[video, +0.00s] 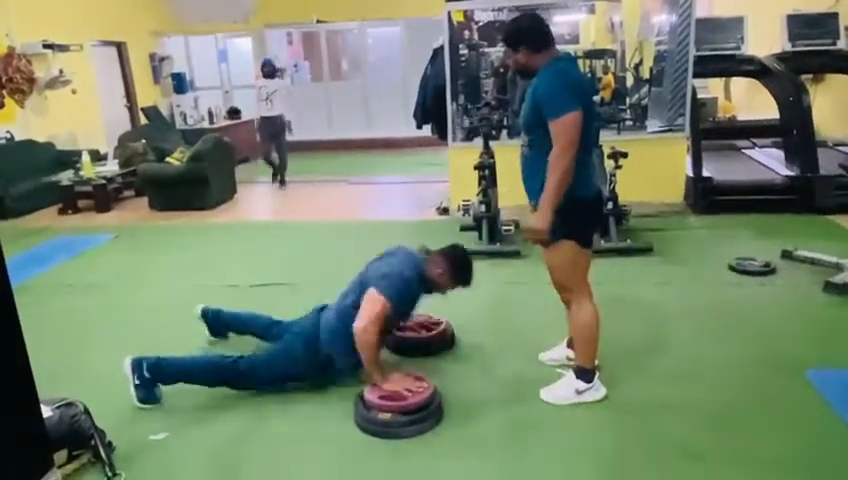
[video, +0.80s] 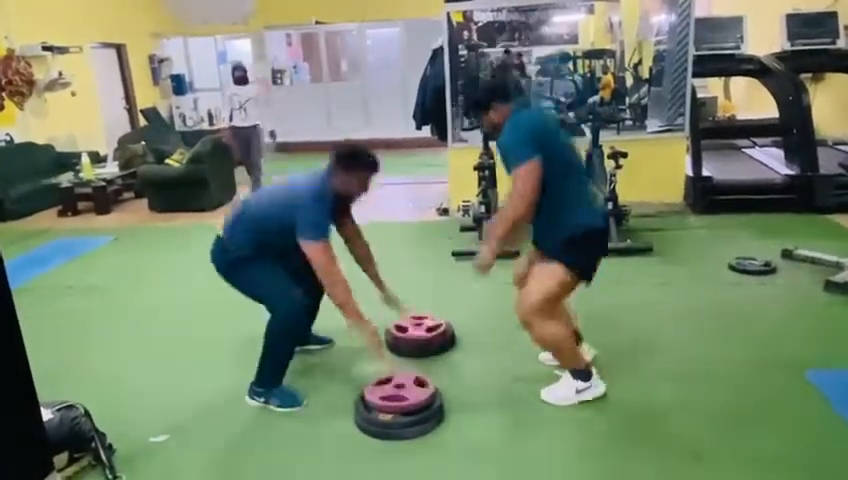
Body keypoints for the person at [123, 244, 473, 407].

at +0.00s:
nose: (447, 290)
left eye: (452, 287)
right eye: (449, 285)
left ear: (442, 259)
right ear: (441, 271)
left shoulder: (410, 258)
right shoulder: (401, 276)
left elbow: (372, 298)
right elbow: (365, 325)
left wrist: (398, 322)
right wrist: (380, 376)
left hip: (323, 320)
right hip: (319, 348)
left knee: (277, 329)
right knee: (241, 371)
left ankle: (218, 318)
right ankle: (148, 369)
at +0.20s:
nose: (437, 284)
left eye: (443, 281)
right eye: (440, 280)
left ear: (433, 252)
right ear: (432, 262)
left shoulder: (402, 243)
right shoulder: (388, 265)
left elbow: (395, 283)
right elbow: (369, 323)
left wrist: (403, 313)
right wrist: (380, 376)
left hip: (311, 295)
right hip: (305, 318)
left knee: (271, 321)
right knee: (236, 362)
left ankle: (212, 319)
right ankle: (142, 370)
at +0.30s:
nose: (434, 284)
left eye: (440, 282)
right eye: (437, 280)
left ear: (432, 252)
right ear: (430, 262)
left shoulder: (405, 240)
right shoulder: (390, 258)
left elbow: (397, 281)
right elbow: (371, 321)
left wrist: (405, 316)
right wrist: (377, 377)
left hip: (292, 261)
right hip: (283, 281)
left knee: (264, 306)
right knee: (239, 348)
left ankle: (218, 314)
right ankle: (147, 368)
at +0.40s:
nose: (416, 279)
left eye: (422, 277)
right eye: (419, 275)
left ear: (415, 248)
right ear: (411, 258)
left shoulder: (394, 238)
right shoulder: (376, 253)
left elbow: (393, 282)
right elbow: (364, 318)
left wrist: (404, 318)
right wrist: (378, 376)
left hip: (289, 231)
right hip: (267, 246)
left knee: (298, 283)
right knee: (263, 331)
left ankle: (242, 311)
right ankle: (181, 358)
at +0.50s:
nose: (396, 272)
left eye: (400, 269)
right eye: (397, 266)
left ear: (395, 242)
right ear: (389, 249)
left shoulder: (378, 236)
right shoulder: (356, 252)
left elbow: (387, 279)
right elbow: (356, 321)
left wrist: (404, 318)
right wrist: (377, 374)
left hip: (275, 219)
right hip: (248, 235)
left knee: (312, 267)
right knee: (289, 306)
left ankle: (285, 324)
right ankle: (234, 371)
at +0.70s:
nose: (376, 226)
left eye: (379, 219)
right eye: (373, 218)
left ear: (356, 205)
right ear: (354, 208)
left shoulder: (343, 219)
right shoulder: (326, 233)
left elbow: (377, 265)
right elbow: (351, 305)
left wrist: (408, 305)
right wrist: (383, 361)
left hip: (259, 247)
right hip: (233, 263)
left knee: (314, 282)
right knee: (295, 309)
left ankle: (297, 335)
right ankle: (263, 387)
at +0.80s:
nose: (365, 189)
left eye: (367, 182)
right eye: (361, 181)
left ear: (343, 174)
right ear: (343, 176)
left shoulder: (332, 192)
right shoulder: (310, 204)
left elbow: (354, 240)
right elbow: (330, 277)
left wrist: (382, 288)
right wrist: (363, 326)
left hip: (267, 245)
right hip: (235, 254)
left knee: (315, 281)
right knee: (291, 305)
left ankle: (298, 333)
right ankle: (264, 387)